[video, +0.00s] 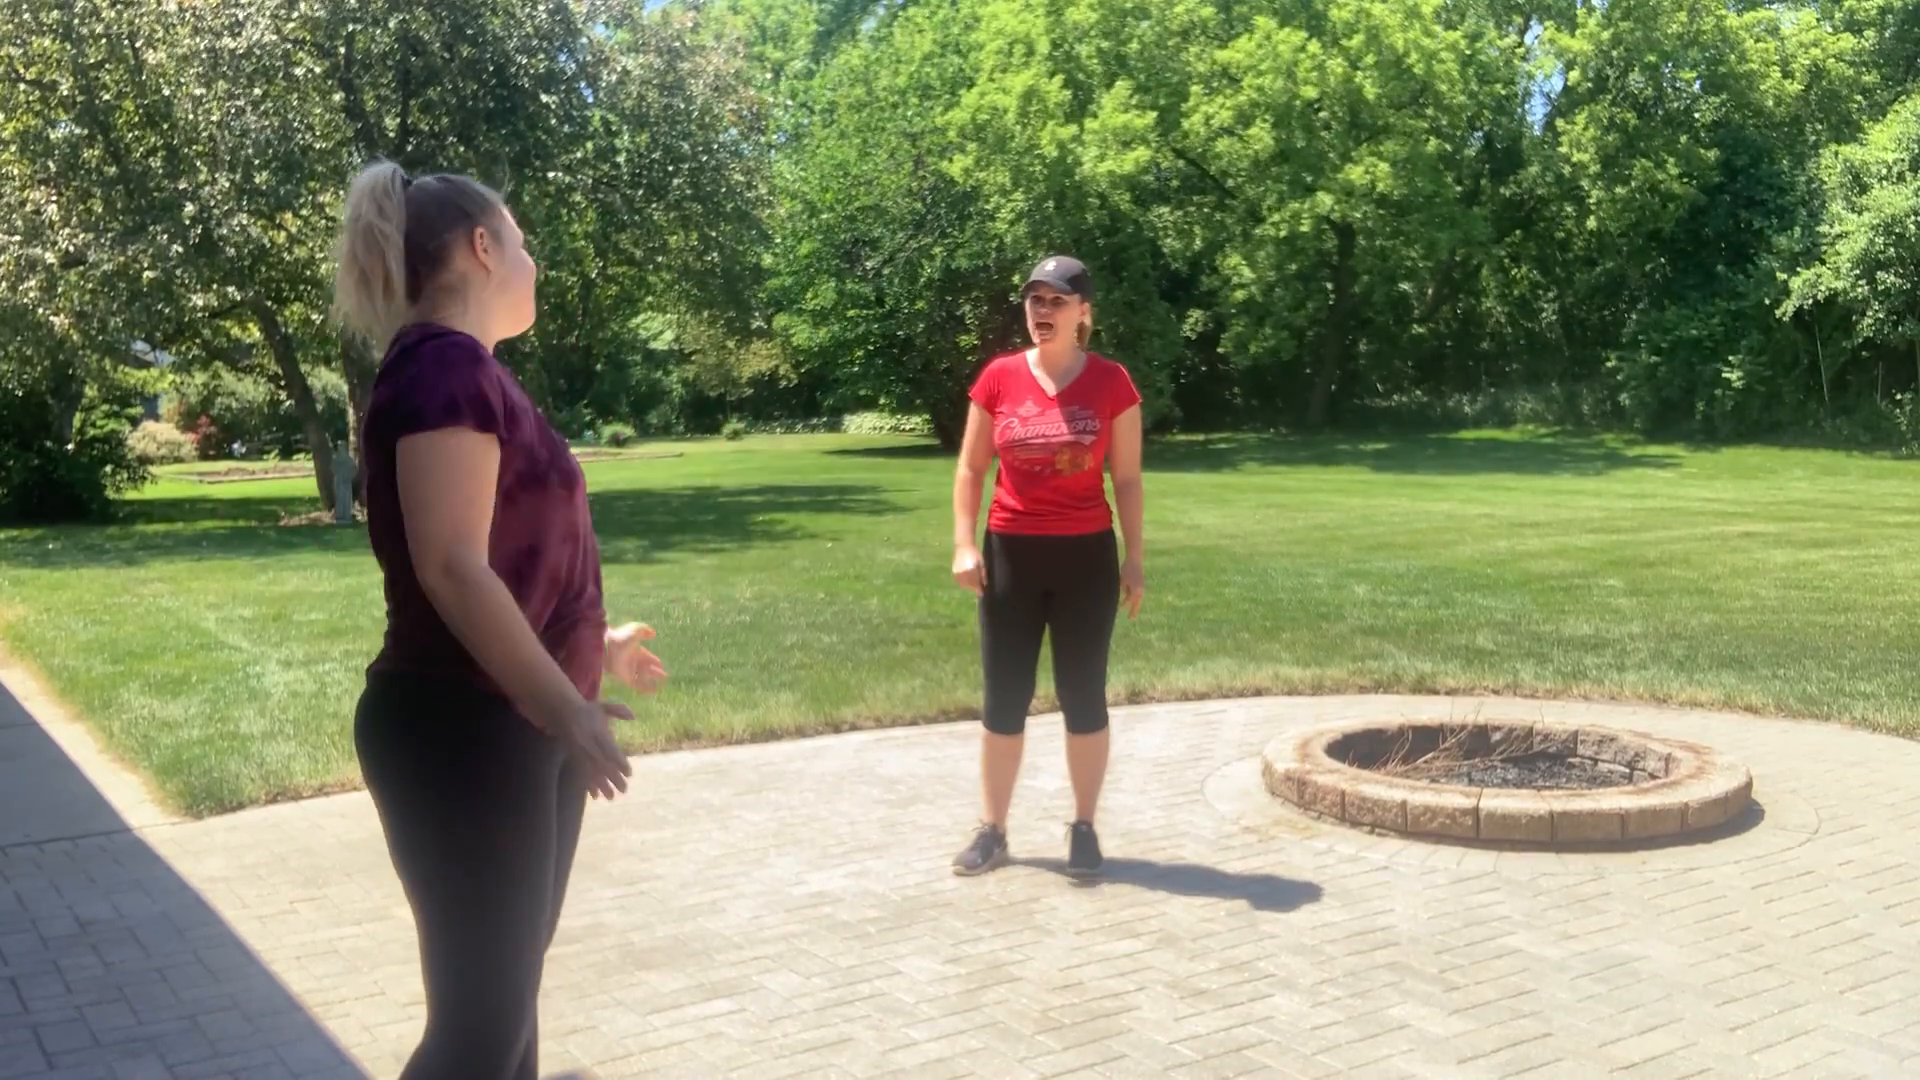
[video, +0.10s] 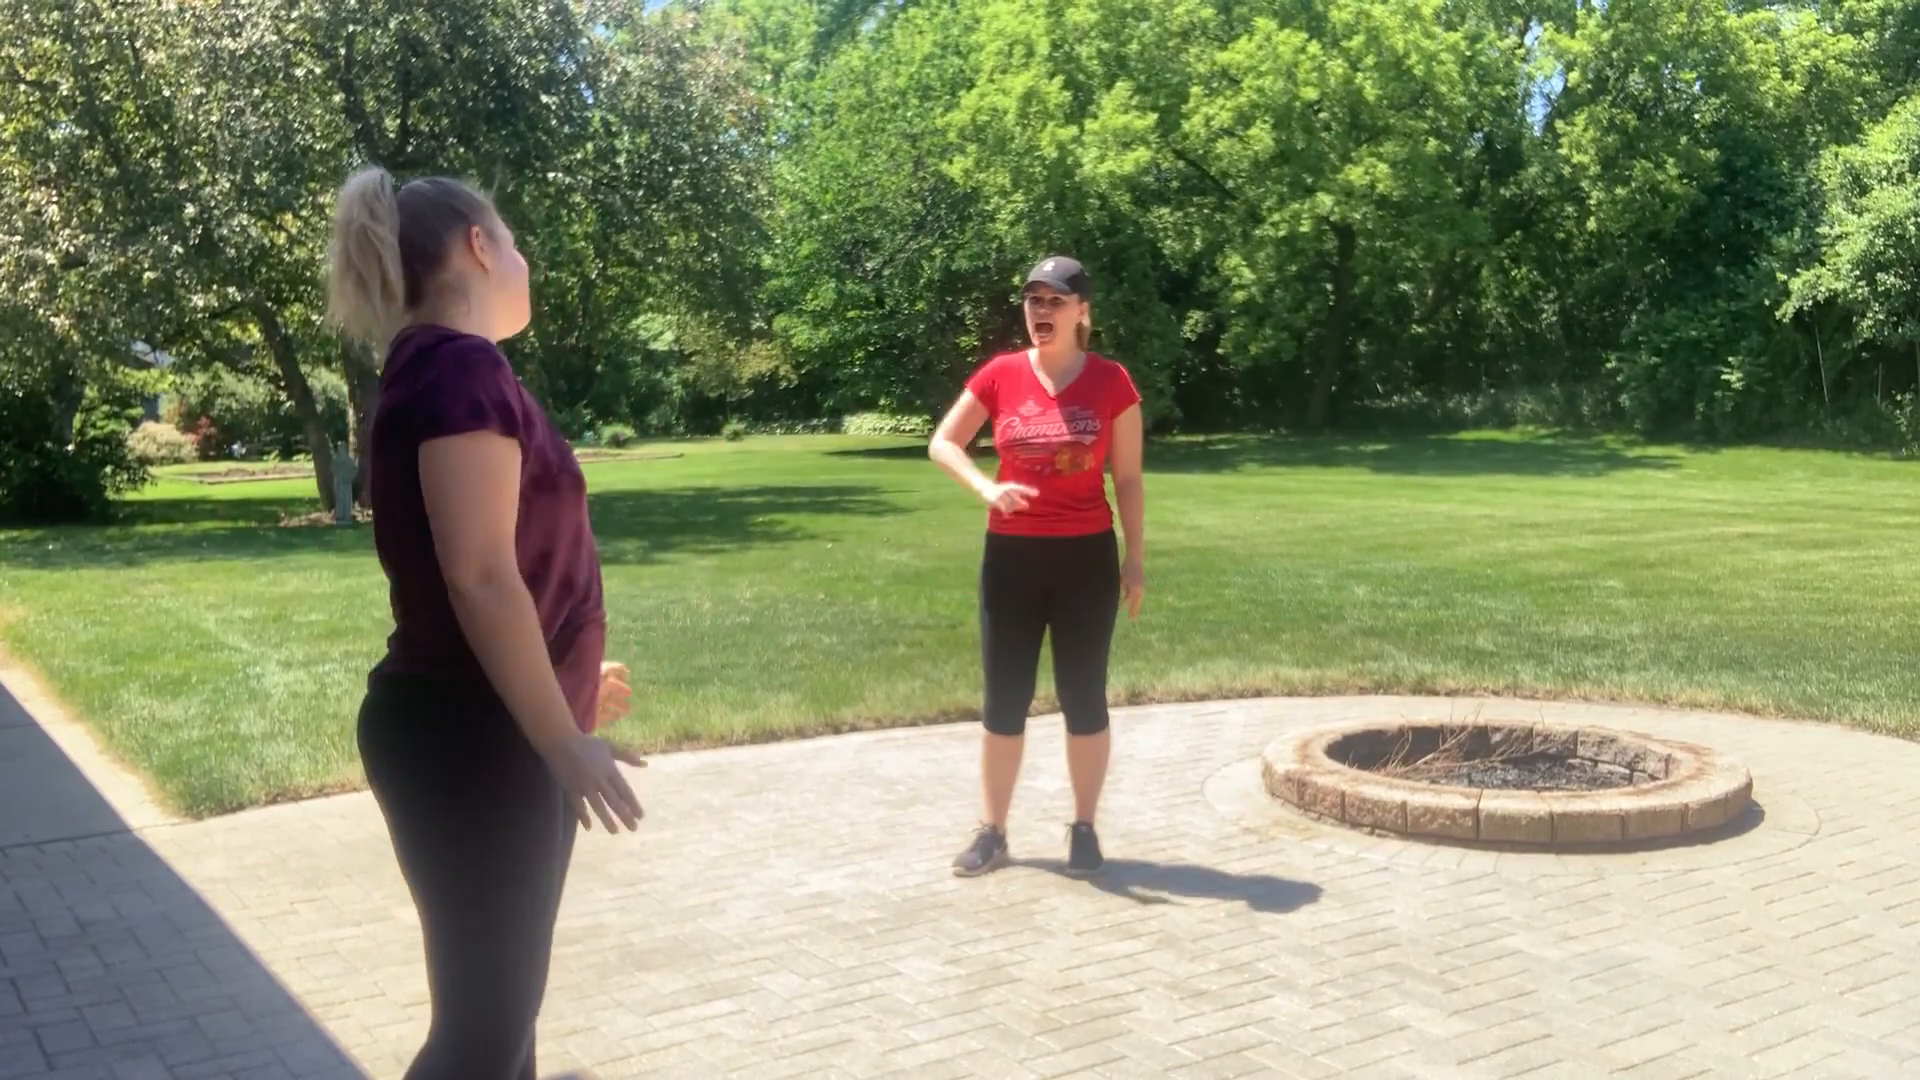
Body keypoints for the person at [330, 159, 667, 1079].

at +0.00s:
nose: (532, 262)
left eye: (525, 242)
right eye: (520, 241)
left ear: (451, 259)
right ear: (479, 246)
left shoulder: (467, 372)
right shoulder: (446, 365)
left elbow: (467, 573)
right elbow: (450, 566)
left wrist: (584, 644)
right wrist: (563, 712)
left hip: (505, 721)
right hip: (467, 725)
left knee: (502, 1021)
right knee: (480, 1028)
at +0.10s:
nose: (522, 260)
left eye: (513, 242)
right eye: (510, 240)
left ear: (423, 267)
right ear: (476, 247)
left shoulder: (426, 368)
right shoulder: (461, 368)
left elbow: (455, 579)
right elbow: (481, 573)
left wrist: (560, 681)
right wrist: (561, 740)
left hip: (452, 712)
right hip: (476, 724)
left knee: (487, 1023)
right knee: (486, 1032)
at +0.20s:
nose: (517, 259)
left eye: (504, 241)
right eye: (503, 239)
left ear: (415, 276)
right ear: (473, 248)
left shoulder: (421, 370)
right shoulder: (480, 369)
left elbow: (459, 573)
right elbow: (490, 575)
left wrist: (560, 700)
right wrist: (555, 744)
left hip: (438, 709)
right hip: (476, 721)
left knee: (484, 1016)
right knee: (492, 1027)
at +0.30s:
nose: (517, 259)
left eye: (506, 242)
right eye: (507, 241)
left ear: (408, 281)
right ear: (482, 247)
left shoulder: (415, 373)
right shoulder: (486, 370)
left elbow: (445, 567)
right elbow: (499, 576)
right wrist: (578, 723)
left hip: (437, 708)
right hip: (488, 718)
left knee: (482, 1015)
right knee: (496, 1025)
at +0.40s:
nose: (523, 258)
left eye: (515, 238)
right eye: (514, 238)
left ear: (408, 273)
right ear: (487, 249)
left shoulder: (414, 373)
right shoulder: (480, 374)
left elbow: (446, 568)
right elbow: (518, 577)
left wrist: (583, 681)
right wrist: (631, 696)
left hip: (440, 711)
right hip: (493, 723)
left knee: (490, 1011)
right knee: (491, 1021)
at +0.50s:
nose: (532, 276)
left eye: (529, 254)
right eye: (527, 253)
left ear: (420, 264)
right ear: (495, 258)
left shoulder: (414, 372)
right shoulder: (471, 376)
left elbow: (475, 571)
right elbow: (525, 574)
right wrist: (665, 667)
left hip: (447, 712)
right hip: (496, 725)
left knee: (487, 1012)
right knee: (489, 1024)